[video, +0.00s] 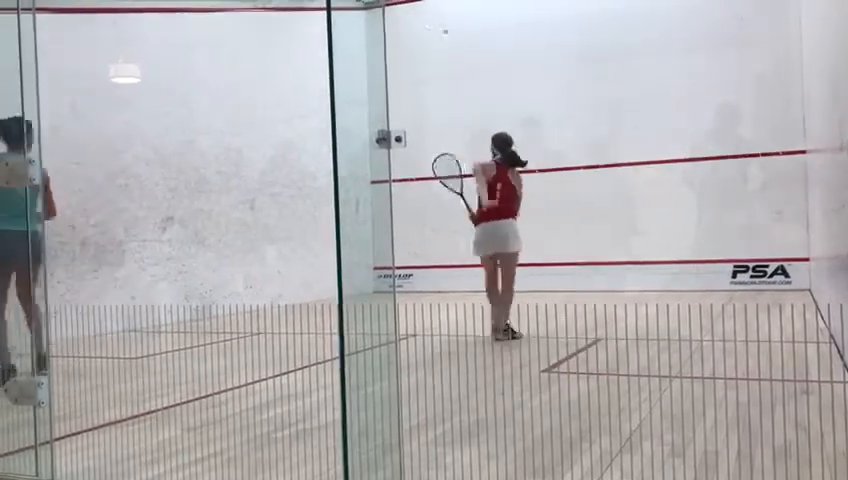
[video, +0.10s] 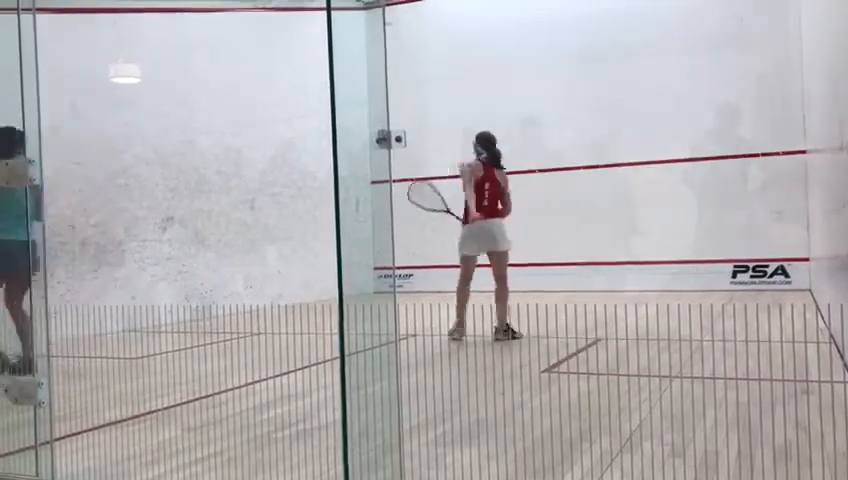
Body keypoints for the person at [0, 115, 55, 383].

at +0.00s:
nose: (27, 144)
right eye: (29, 139)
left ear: (5, 140)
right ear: (29, 140)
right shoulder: (37, 170)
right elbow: (50, 211)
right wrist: (29, 217)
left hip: (5, 238)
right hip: (29, 238)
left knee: (2, 301)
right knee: (26, 295)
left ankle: (4, 361)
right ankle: (40, 352)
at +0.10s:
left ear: (4, 149)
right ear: (20, 148)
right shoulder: (28, 178)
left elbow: (36, 213)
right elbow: (37, 213)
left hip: (8, 242)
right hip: (21, 243)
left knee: (13, 302)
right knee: (14, 301)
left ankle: (28, 356)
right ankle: (29, 356)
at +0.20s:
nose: (2, 162)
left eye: (1, 157)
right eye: (4, 157)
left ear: (3, 155)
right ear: (8, 155)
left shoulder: (12, 183)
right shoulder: (20, 183)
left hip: (13, 250)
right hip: (19, 250)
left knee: (7, 303)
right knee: (7, 304)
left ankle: (27, 356)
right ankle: (26, 355)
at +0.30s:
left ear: (6, 172)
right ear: (8, 173)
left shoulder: (7, 193)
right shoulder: (7, 193)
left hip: (8, 253)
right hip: (10, 252)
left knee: (6, 308)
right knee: (6, 308)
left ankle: (25, 357)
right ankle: (25, 356)